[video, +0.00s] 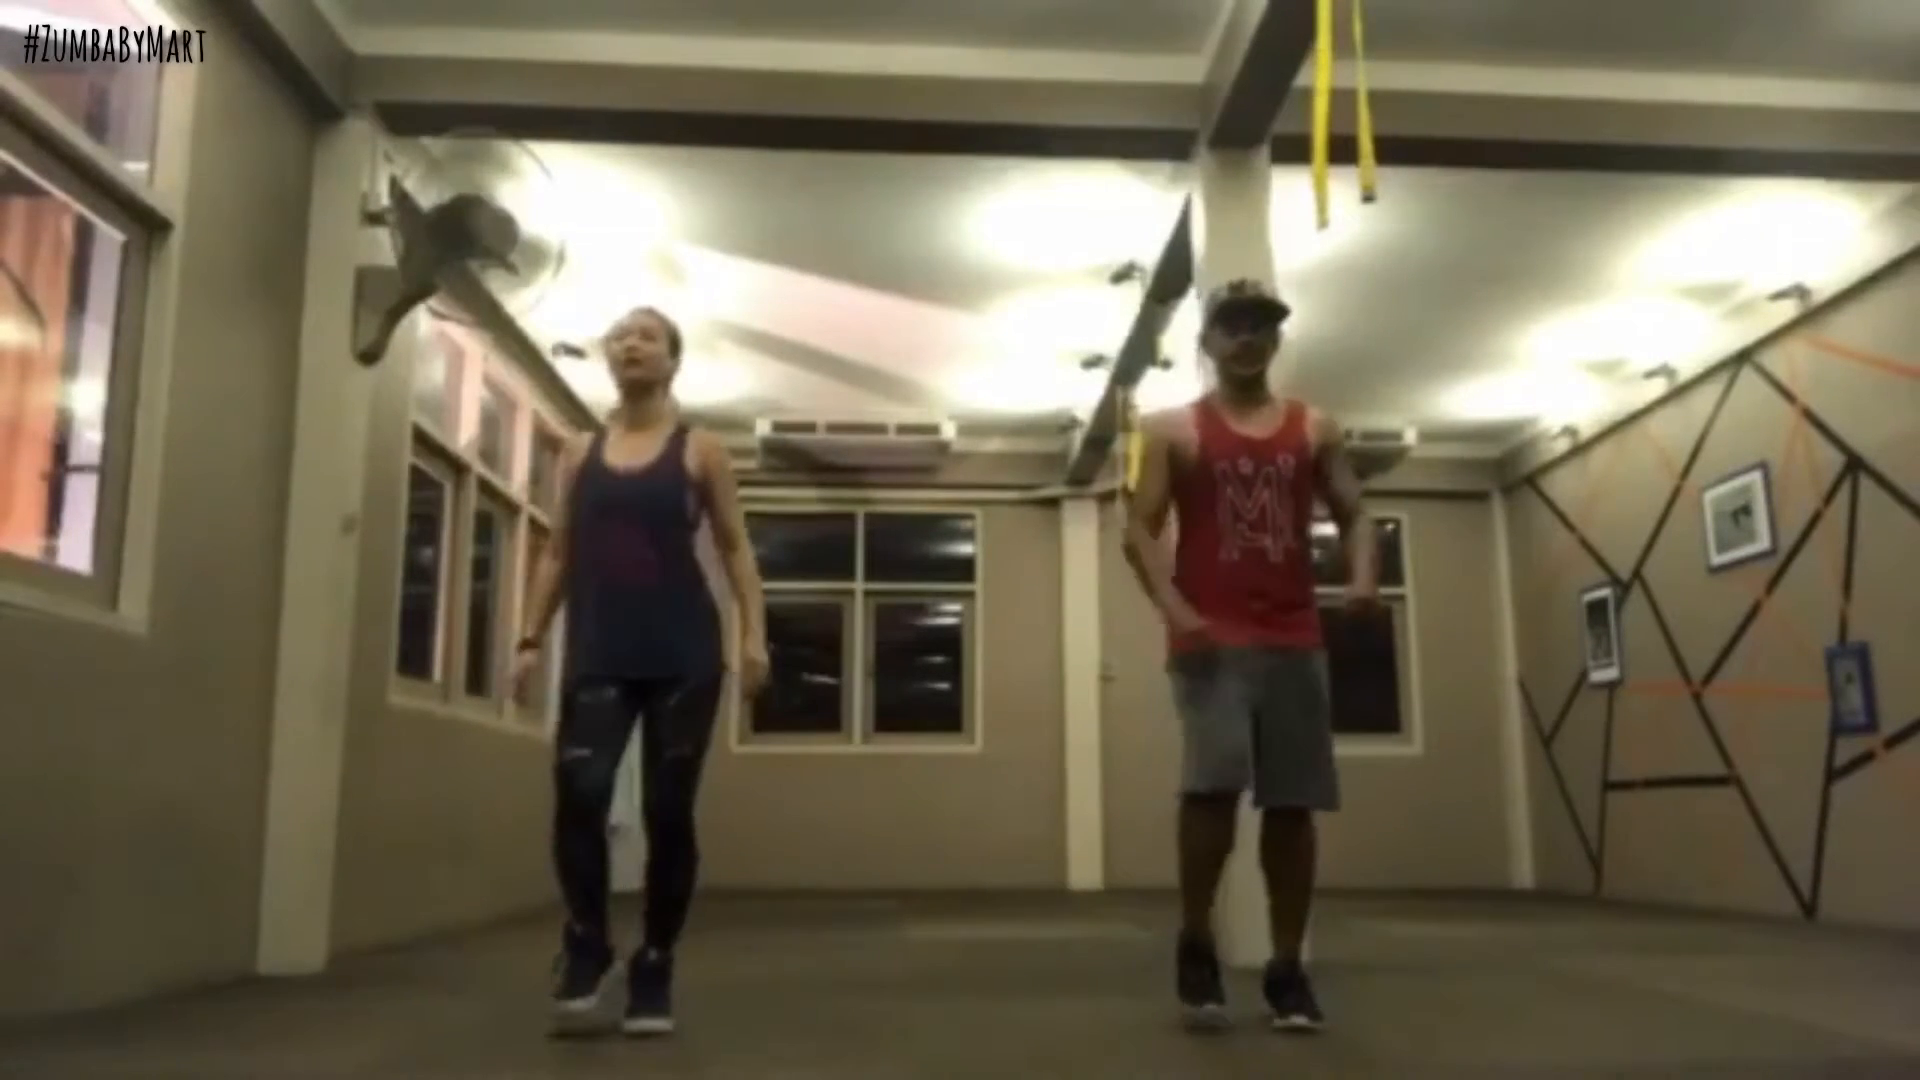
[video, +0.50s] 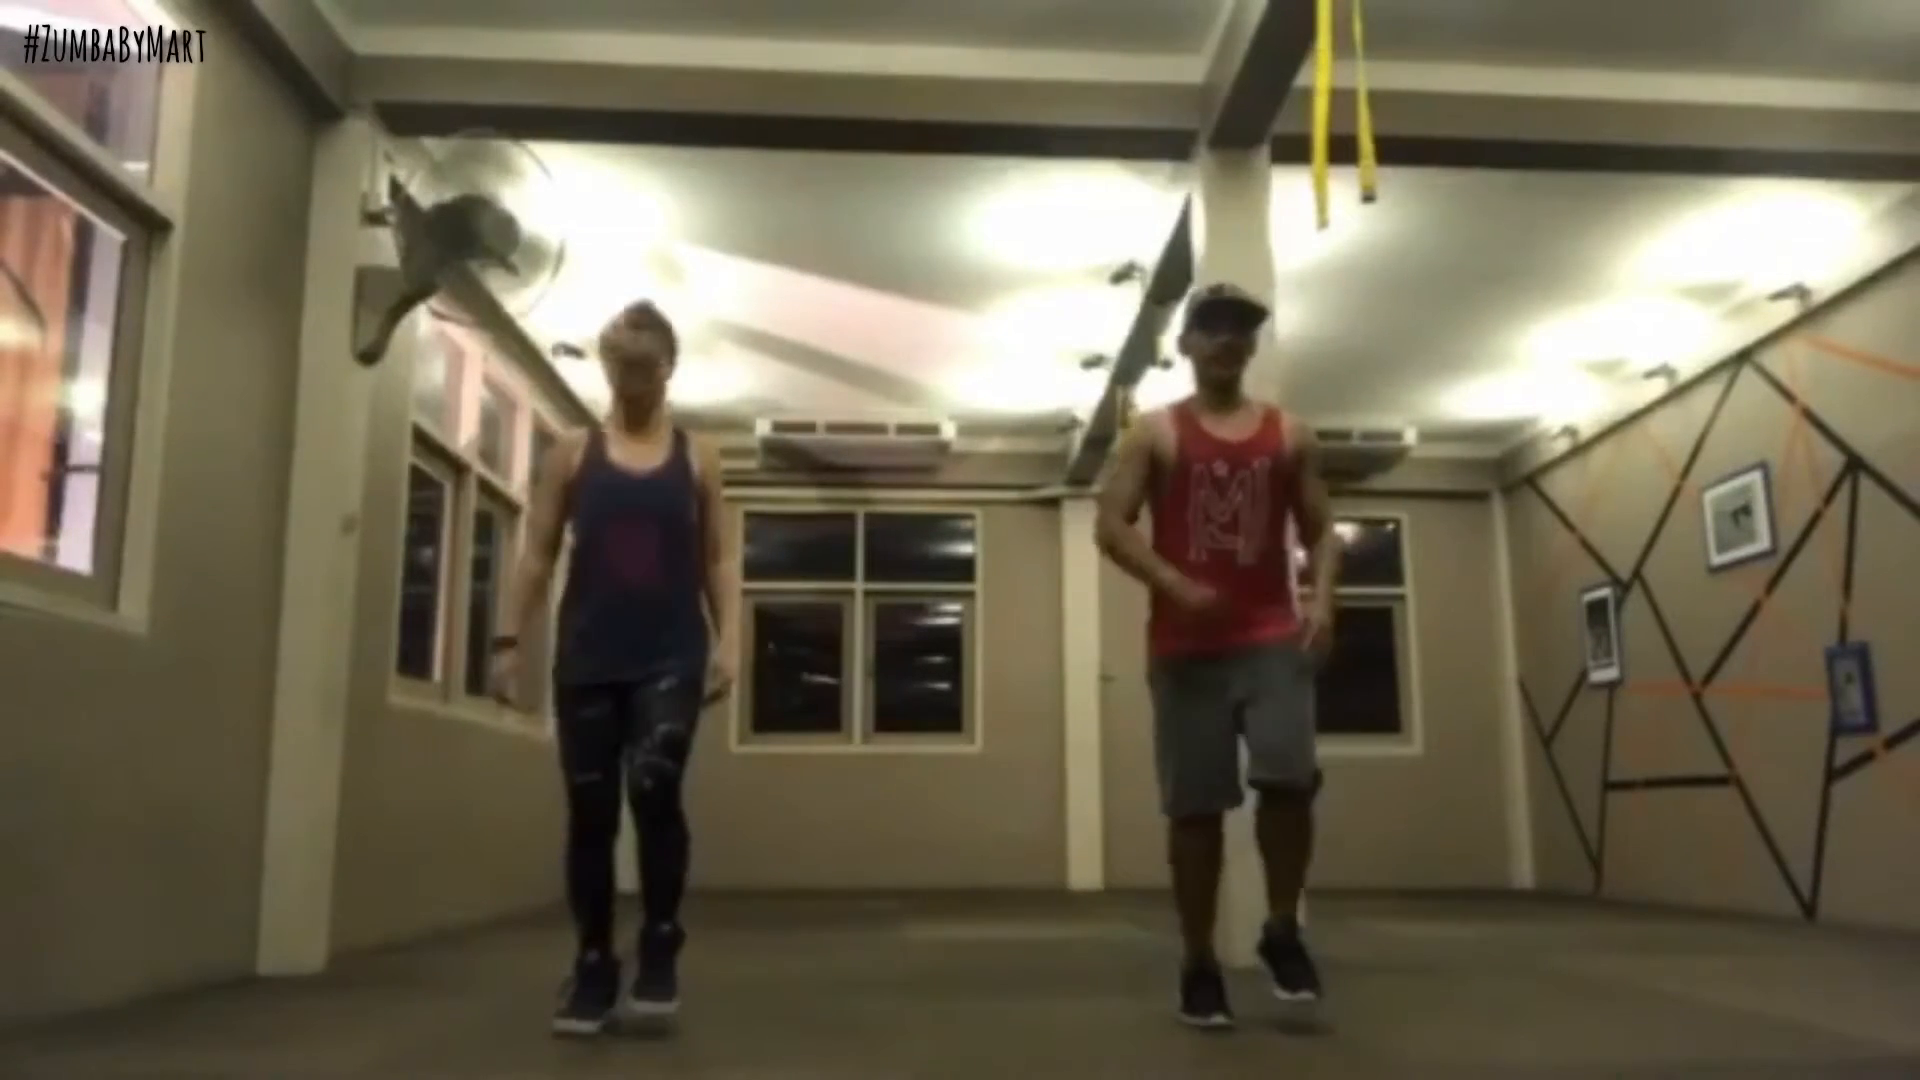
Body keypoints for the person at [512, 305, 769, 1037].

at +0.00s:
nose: (631, 345)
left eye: (647, 336)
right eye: (621, 336)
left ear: (673, 359)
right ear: (606, 357)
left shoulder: (700, 448)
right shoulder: (583, 451)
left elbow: (735, 548)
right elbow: (559, 550)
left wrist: (752, 636)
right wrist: (531, 634)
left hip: (683, 655)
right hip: (597, 655)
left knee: (668, 812)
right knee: (577, 801)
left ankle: (654, 969)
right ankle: (586, 953)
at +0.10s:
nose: (633, 347)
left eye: (649, 339)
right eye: (623, 337)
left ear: (674, 362)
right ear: (606, 356)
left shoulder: (700, 447)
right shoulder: (583, 451)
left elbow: (730, 544)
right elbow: (561, 553)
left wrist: (755, 626)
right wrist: (544, 640)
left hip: (682, 653)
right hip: (597, 653)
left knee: (674, 813)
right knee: (583, 807)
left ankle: (656, 968)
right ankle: (589, 958)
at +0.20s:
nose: (631, 353)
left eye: (646, 344)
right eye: (622, 342)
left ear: (673, 364)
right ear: (606, 358)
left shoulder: (698, 451)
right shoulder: (578, 452)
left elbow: (727, 549)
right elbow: (559, 557)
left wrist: (752, 626)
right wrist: (549, 645)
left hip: (679, 660)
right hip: (593, 659)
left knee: (673, 818)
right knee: (593, 820)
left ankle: (656, 967)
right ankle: (595, 968)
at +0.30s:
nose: (631, 348)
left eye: (645, 338)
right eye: (620, 337)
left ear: (671, 357)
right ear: (604, 353)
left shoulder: (696, 447)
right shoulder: (575, 445)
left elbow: (718, 545)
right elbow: (556, 551)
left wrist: (741, 620)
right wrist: (548, 640)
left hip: (673, 655)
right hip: (590, 656)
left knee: (661, 812)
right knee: (592, 819)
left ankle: (653, 970)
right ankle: (593, 967)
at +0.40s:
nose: (631, 361)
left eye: (645, 350)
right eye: (620, 349)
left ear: (669, 362)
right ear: (603, 359)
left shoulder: (694, 451)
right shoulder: (571, 450)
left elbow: (717, 549)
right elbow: (540, 552)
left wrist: (730, 625)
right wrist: (533, 647)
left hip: (670, 655)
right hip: (586, 655)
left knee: (654, 802)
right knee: (591, 814)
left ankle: (656, 965)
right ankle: (593, 967)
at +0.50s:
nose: (633, 379)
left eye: (646, 365)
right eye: (622, 364)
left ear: (670, 367)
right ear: (602, 366)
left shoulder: (697, 456)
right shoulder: (572, 454)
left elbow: (718, 556)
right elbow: (536, 552)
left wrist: (728, 641)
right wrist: (511, 642)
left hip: (672, 655)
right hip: (589, 656)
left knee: (654, 791)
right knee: (591, 813)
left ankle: (659, 950)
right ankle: (594, 964)